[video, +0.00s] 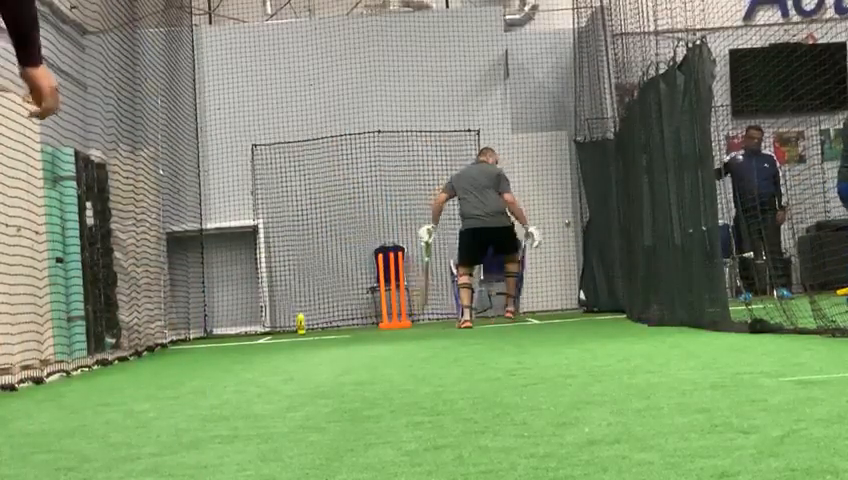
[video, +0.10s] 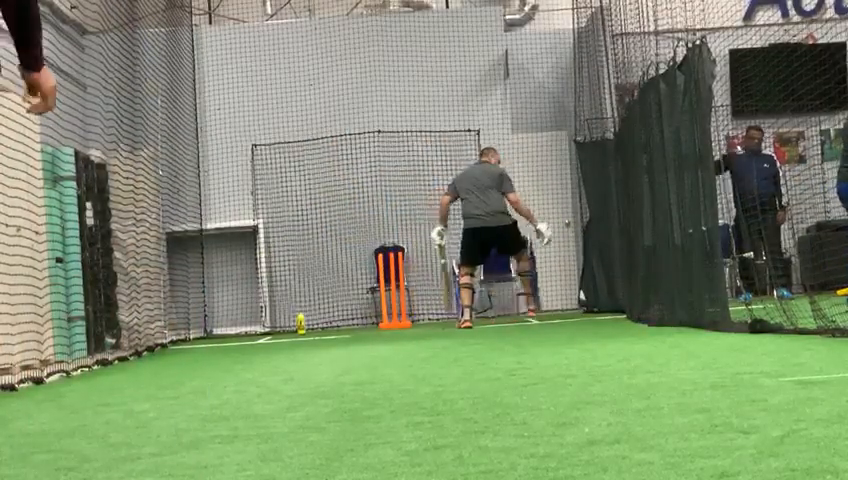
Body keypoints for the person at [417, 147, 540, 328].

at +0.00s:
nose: (496, 165)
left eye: (497, 163)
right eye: (496, 162)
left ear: (479, 157)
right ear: (488, 157)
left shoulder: (460, 175)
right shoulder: (496, 173)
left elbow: (439, 201)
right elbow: (509, 200)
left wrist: (433, 225)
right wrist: (526, 226)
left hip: (471, 231)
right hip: (501, 229)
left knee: (464, 270)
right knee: (512, 259)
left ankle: (466, 317)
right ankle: (510, 307)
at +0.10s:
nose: (498, 165)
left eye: (498, 162)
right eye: (498, 162)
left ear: (481, 158)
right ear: (492, 158)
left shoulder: (463, 175)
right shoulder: (498, 172)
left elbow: (444, 201)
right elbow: (514, 201)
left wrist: (442, 226)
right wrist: (536, 223)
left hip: (473, 230)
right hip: (503, 228)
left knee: (466, 271)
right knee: (522, 257)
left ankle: (466, 317)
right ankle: (530, 305)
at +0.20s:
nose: (506, 166)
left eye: (507, 163)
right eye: (506, 162)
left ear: (487, 159)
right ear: (499, 159)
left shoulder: (468, 176)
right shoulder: (504, 173)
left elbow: (452, 201)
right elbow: (522, 200)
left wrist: (454, 227)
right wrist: (546, 222)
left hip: (478, 230)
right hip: (508, 226)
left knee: (469, 271)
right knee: (533, 257)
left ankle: (466, 316)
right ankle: (554, 301)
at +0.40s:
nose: (535, 174)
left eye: (535, 171)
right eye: (534, 171)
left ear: (517, 167)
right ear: (528, 168)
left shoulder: (493, 182)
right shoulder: (531, 182)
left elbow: (478, 208)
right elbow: (550, 212)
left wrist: (486, 228)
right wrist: (569, 230)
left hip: (495, 234)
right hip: (526, 232)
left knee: (479, 273)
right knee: (557, 265)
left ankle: (467, 316)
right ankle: (586, 303)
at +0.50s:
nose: (558, 184)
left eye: (558, 181)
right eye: (558, 181)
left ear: (540, 176)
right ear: (553, 177)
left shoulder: (516, 187)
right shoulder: (553, 192)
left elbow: (499, 210)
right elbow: (572, 224)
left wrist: (505, 231)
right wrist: (589, 247)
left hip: (510, 235)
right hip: (542, 234)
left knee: (489, 272)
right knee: (567, 270)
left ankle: (469, 314)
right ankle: (589, 307)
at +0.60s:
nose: (582, 199)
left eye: (581, 196)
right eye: (581, 196)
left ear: (565, 189)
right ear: (575, 192)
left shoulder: (539, 195)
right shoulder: (576, 200)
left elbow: (518, 212)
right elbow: (590, 237)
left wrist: (522, 237)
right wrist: (608, 264)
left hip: (526, 227)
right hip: (554, 228)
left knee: (500, 269)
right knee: (579, 262)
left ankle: (473, 312)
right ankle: (592, 307)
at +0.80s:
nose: (604, 230)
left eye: (605, 228)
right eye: (605, 226)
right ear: (603, 221)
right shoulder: (598, 222)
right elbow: (609, 247)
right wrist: (618, 267)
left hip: (548, 214)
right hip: (577, 221)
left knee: (526, 261)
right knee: (594, 257)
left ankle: (502, 301)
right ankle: (595, 308)